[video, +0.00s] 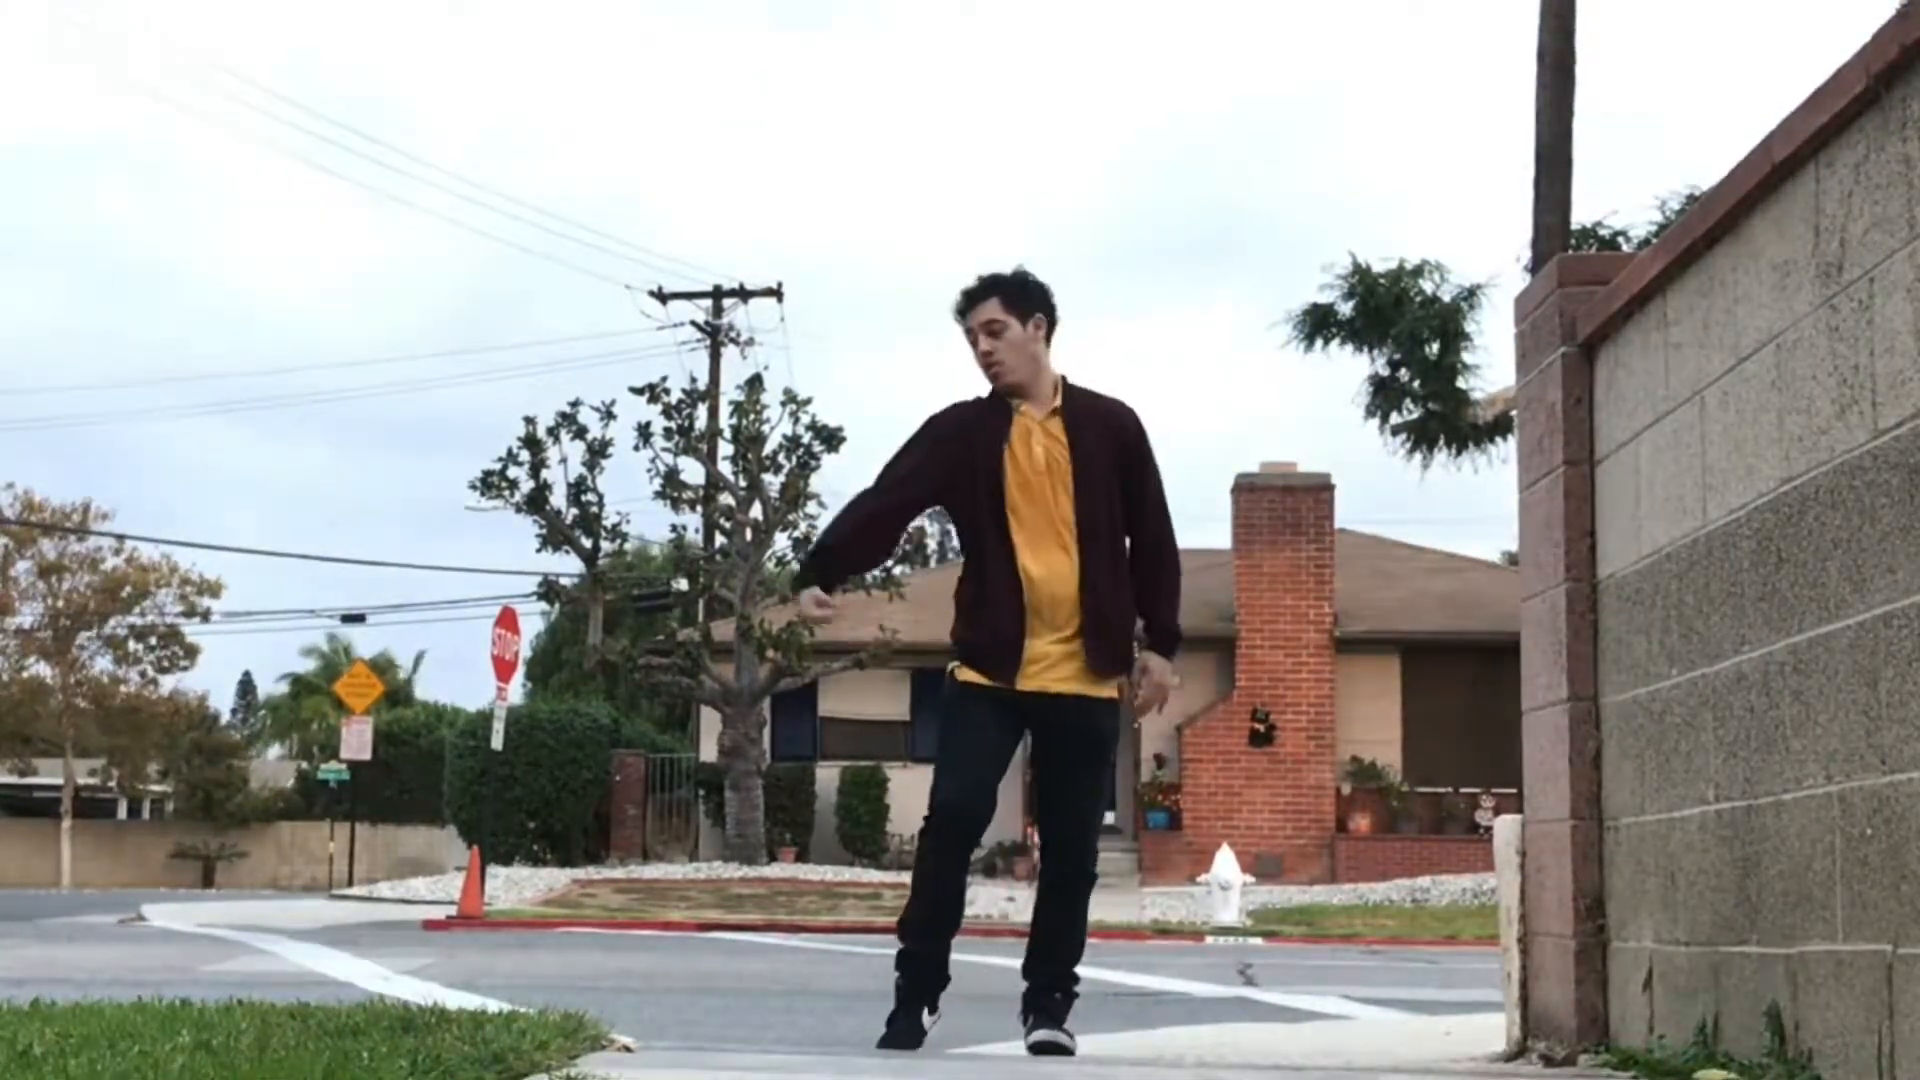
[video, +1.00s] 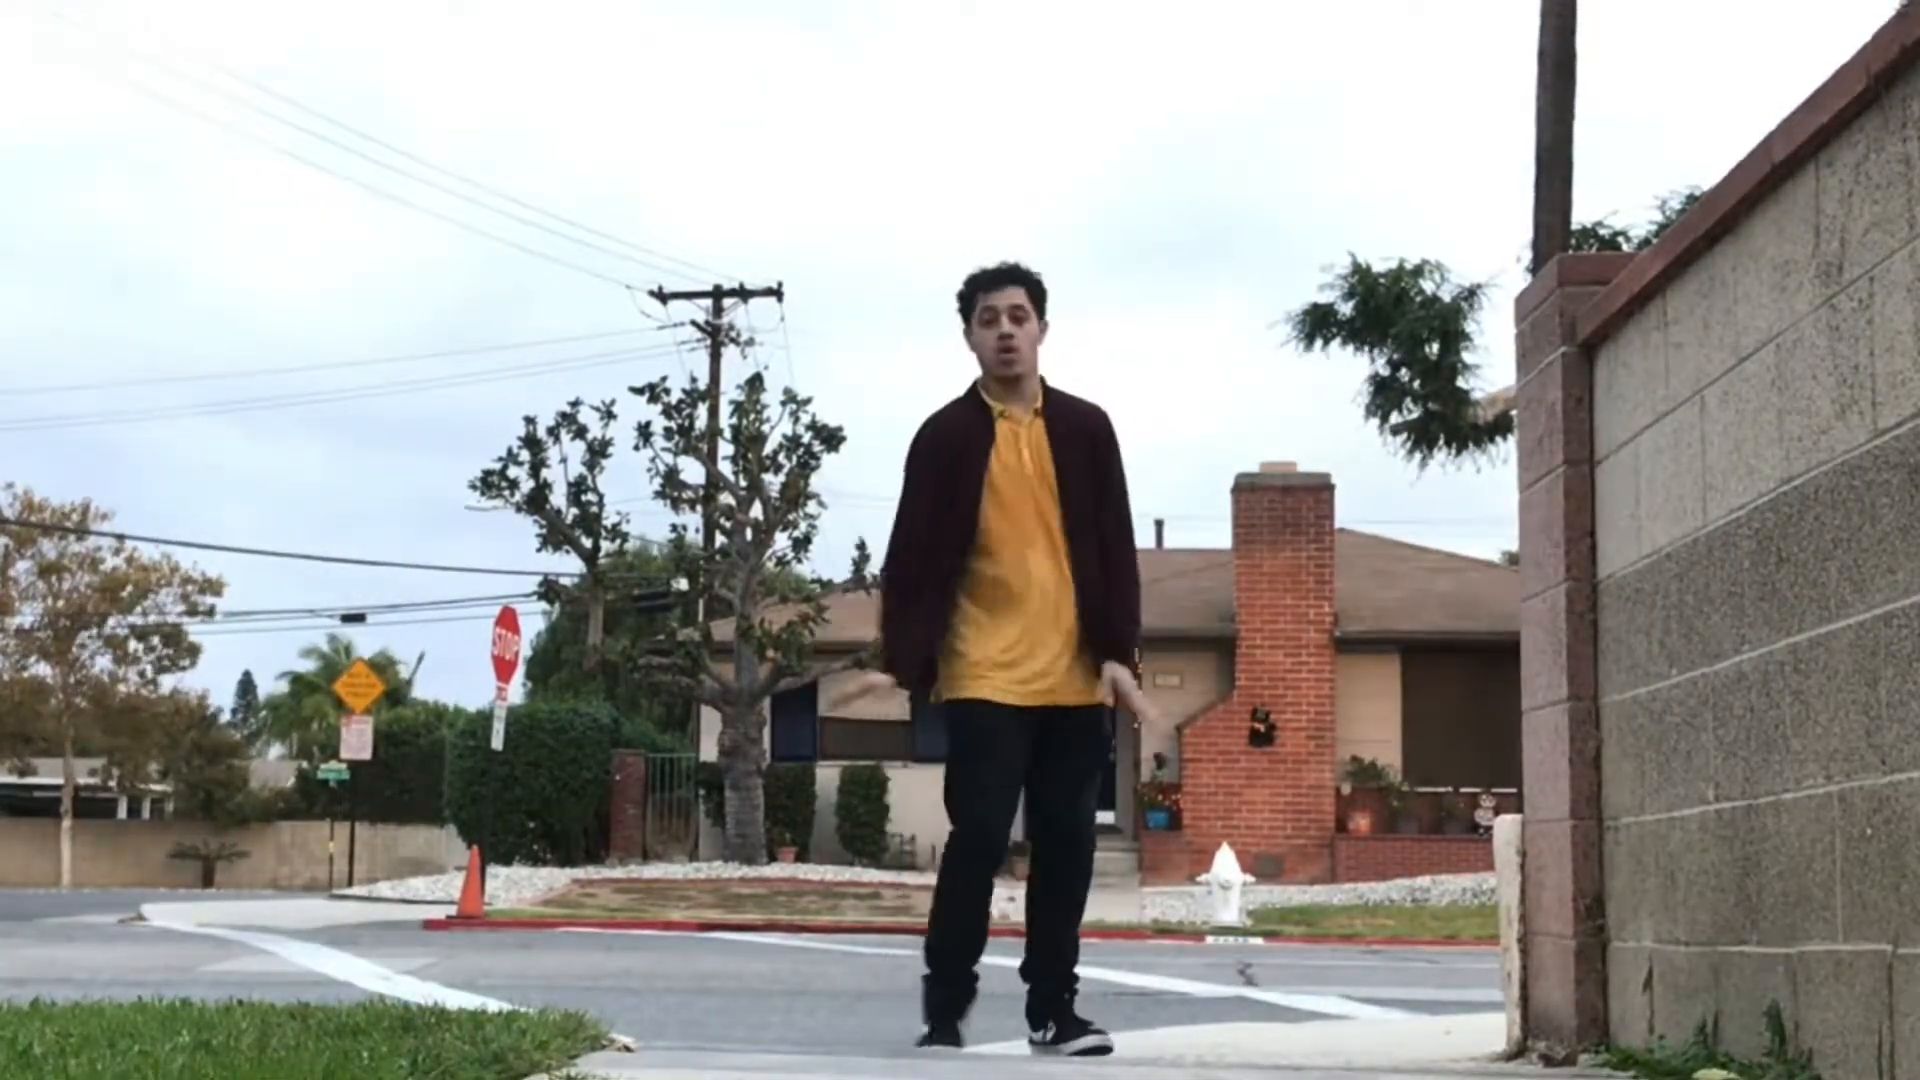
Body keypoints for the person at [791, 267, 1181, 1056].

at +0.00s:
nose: (983, 349)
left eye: (994, 332)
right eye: (974, 340)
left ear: (1042, 329)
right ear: (974, 350)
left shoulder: (1112, 425)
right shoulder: (961, 429)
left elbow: (1153, 539)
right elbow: (887, 502)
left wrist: (1160, 643)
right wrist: (821, 572)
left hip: (1087, 677)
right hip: (988, 671)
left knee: (1071, 851)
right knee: (950, 824)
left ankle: (1049, 1009)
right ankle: (914, 998)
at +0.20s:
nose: (955, 350)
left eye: (966, 333)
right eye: (947, 339)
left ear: (1014, 328)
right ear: (949, 350)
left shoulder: (1090, 423)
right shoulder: (940, 446)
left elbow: (1132, 538)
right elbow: (909, 553)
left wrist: (1146, 645)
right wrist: (893, 646)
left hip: (1071, 675)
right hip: (969, 676)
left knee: (1062, 849)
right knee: (941, 832)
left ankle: (1047, 1008)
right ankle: (910, 1003)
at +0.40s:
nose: (934, 350)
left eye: (945, 332)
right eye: (924, 339)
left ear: (991, 327)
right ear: (923, 350)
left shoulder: (1066, 424)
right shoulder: (907, 449)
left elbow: (1108, 535)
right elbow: (839, 537)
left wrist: (1118, 639)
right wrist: (887, 610)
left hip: (1052, 675)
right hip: (955, 678)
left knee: (1051, 849)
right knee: (936, 835)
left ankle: (1045, 1010)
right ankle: (909, 1010)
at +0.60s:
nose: (925, 350)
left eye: (936, 332)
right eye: (917, 339)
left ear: (984, 327)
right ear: (918, 347)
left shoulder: (1055, 427)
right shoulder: (906, 435)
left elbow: (1094, 542)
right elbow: (872, 549)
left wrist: (1121, 648)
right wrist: (838, 643)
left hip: (1031, 684)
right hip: (924, 679)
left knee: (1050, 852)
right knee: (868, 814)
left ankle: (1046, 1011)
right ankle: (870, 988)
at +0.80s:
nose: (958, 342)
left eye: (973, 325)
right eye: (947, 331)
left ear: (1013, 330)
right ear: (939, 343)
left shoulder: (1067, 431)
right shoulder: (914, 438)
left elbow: (1103, 548)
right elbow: (871, 551)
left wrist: (1122, 655)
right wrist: (828, 650)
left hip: (1038, 677)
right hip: (946, 679)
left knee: (1047, 847)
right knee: (950, 840)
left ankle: (1049, 1012)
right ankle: (906, 1015)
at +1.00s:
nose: (1006, 330)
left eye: (1018, 316)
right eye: (990, 320)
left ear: (1042, 329)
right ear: (969, 337)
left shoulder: (1088, 428)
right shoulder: (945, 434)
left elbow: (1115, 545)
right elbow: (912, 554)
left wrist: (1119, 651)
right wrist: (912, 667)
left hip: (1073, 674)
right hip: (982, 672)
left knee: (1068, 849)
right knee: (980, 839)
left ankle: (1052, 1011)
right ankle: (944, 1010)